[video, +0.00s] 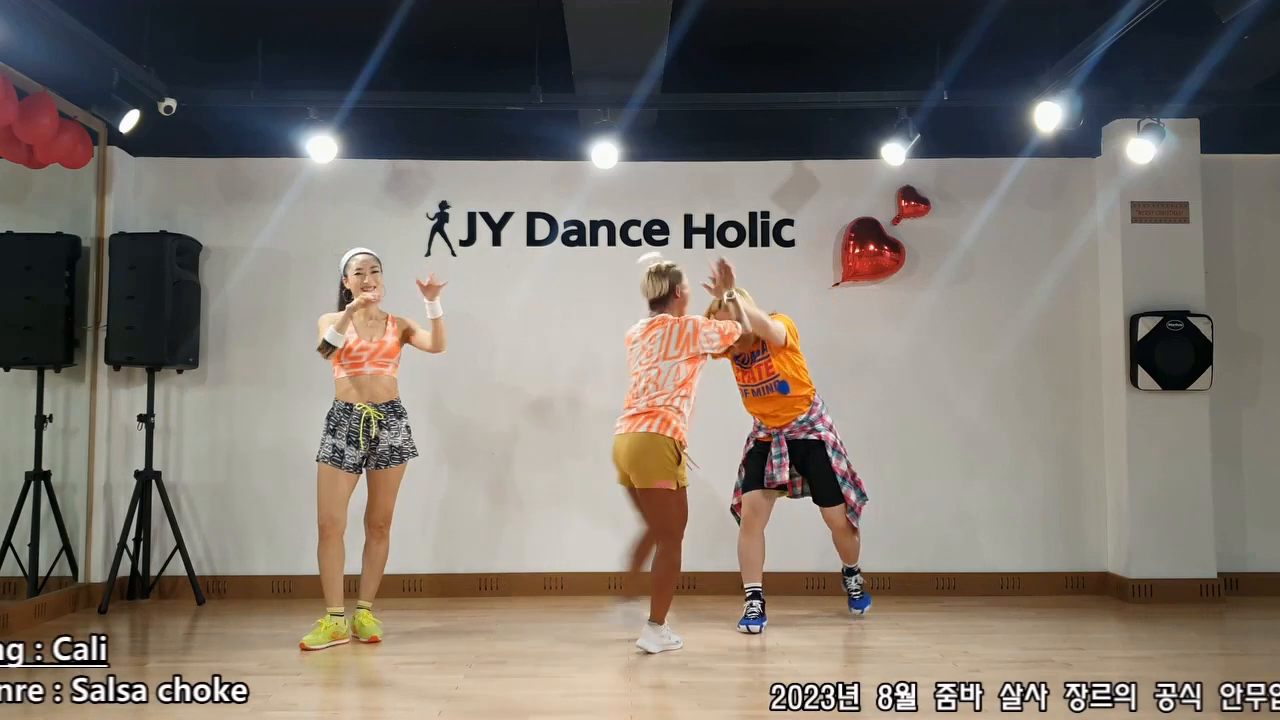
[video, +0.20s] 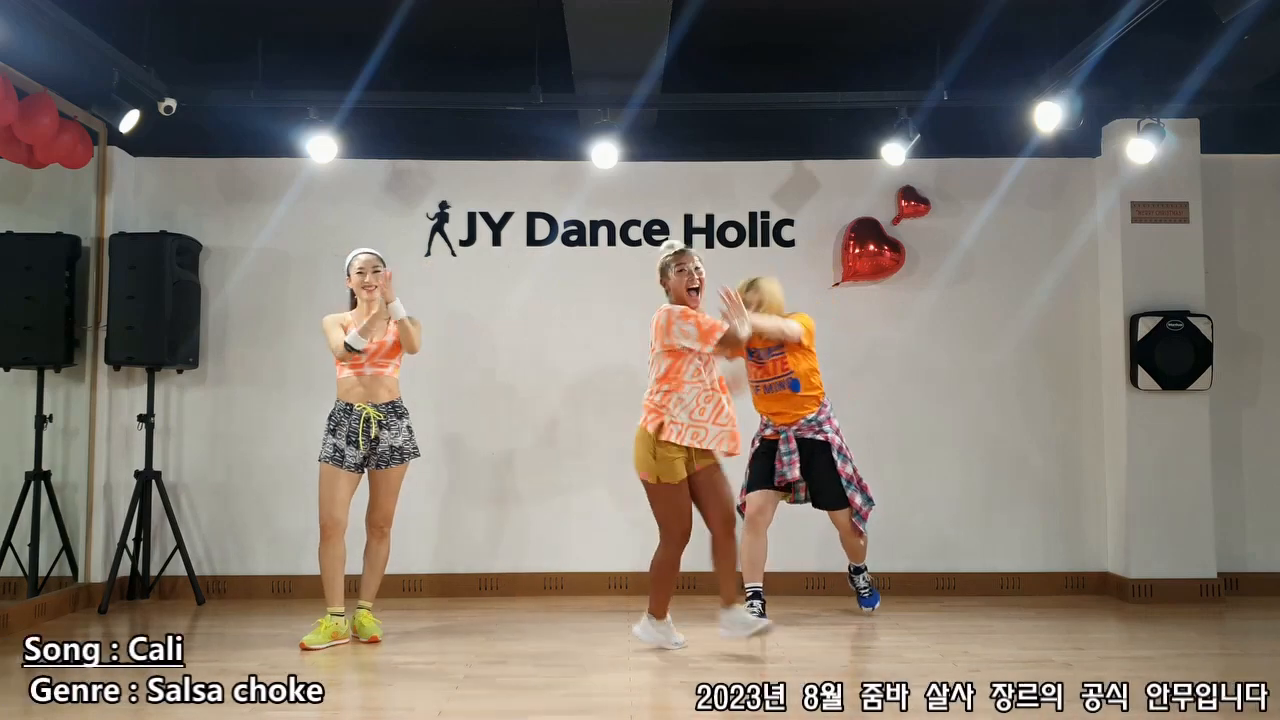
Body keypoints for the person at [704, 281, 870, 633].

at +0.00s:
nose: (737, 343)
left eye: (739, 332)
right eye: (729, 336)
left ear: (750, 321)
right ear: (720, 334)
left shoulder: (781, 329)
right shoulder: (729, 346)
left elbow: (763, 327)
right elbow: (697, 347)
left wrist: (734, 293)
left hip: (809, 433)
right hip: (766, 438)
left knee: (839, 520)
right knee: (751, 513)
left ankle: (852, 576)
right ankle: (754, 601)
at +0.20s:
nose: (752, 316)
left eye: (758, 309)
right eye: (746, 311)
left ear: (774, 306)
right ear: (740, 312)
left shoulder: (800, 323)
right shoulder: (744, 339)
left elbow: (783, 329)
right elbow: (724, 347)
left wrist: (746, 320)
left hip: (815, 433)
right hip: (772, 436)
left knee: (848, 523)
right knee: (755, 513)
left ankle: (859, 574)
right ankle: (754, 601)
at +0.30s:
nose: (778, 303)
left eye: (785, 295)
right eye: (770, 298)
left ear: (798, 299)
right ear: (761, 304)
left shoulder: (819, 331)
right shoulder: (756, 343)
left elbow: (806, 355)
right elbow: (735, 373)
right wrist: (715, 369)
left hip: (821, 435)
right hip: (778, 437)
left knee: (848, 521)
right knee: (762, 512)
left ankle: (862, 581)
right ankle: (756, 598)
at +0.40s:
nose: (801, 297)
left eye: (807, 292)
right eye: (794, 292)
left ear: (819, 300)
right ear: (783, 302)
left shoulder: (835, 335)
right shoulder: (772, 345)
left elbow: (830, 377)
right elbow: (756, 390)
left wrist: (812, 410)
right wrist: (752, 423)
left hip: (834, 438)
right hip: (790, 439)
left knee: (854, 518)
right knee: (777, 514)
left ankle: (863, 587)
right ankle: (756, 598)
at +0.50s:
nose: (811, 297)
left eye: (818, 291)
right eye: (805, 291)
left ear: (830, 300)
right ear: (793, 300)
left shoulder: (845, 339)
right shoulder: (779, 344)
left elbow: (847, 392)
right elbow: (772, 401)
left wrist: (845, 438)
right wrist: (767, 452)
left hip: (841, 434)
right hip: (800, 438)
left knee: (859, 517)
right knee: (785, 515)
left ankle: (863, 587)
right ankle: (762, 593)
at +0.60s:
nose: (822, 294)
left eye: (828, 288)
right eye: (815, 289)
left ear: (839, 298)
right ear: (803, 299)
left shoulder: (856, 339)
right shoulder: (787, 342)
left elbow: (876, 394)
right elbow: (784, 401)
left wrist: (895, 443)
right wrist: (782, 451)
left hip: (850, 435)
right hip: (805, 437)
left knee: (862, 516)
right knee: (798, 506)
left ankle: (863, 589)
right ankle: (786, 592)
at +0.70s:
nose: (827, 290)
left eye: (834, 284)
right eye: (819, 285)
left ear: (844, 295)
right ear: (809, 296)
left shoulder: (863, 335)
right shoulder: (793, 338)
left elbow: (892, 377)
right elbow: (784, 390)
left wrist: (923, 411)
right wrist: (785, 434)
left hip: (852, 430)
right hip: (809, 432)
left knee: (862, 511)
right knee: (811, 505)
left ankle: (863, 588)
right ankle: (815, 588)